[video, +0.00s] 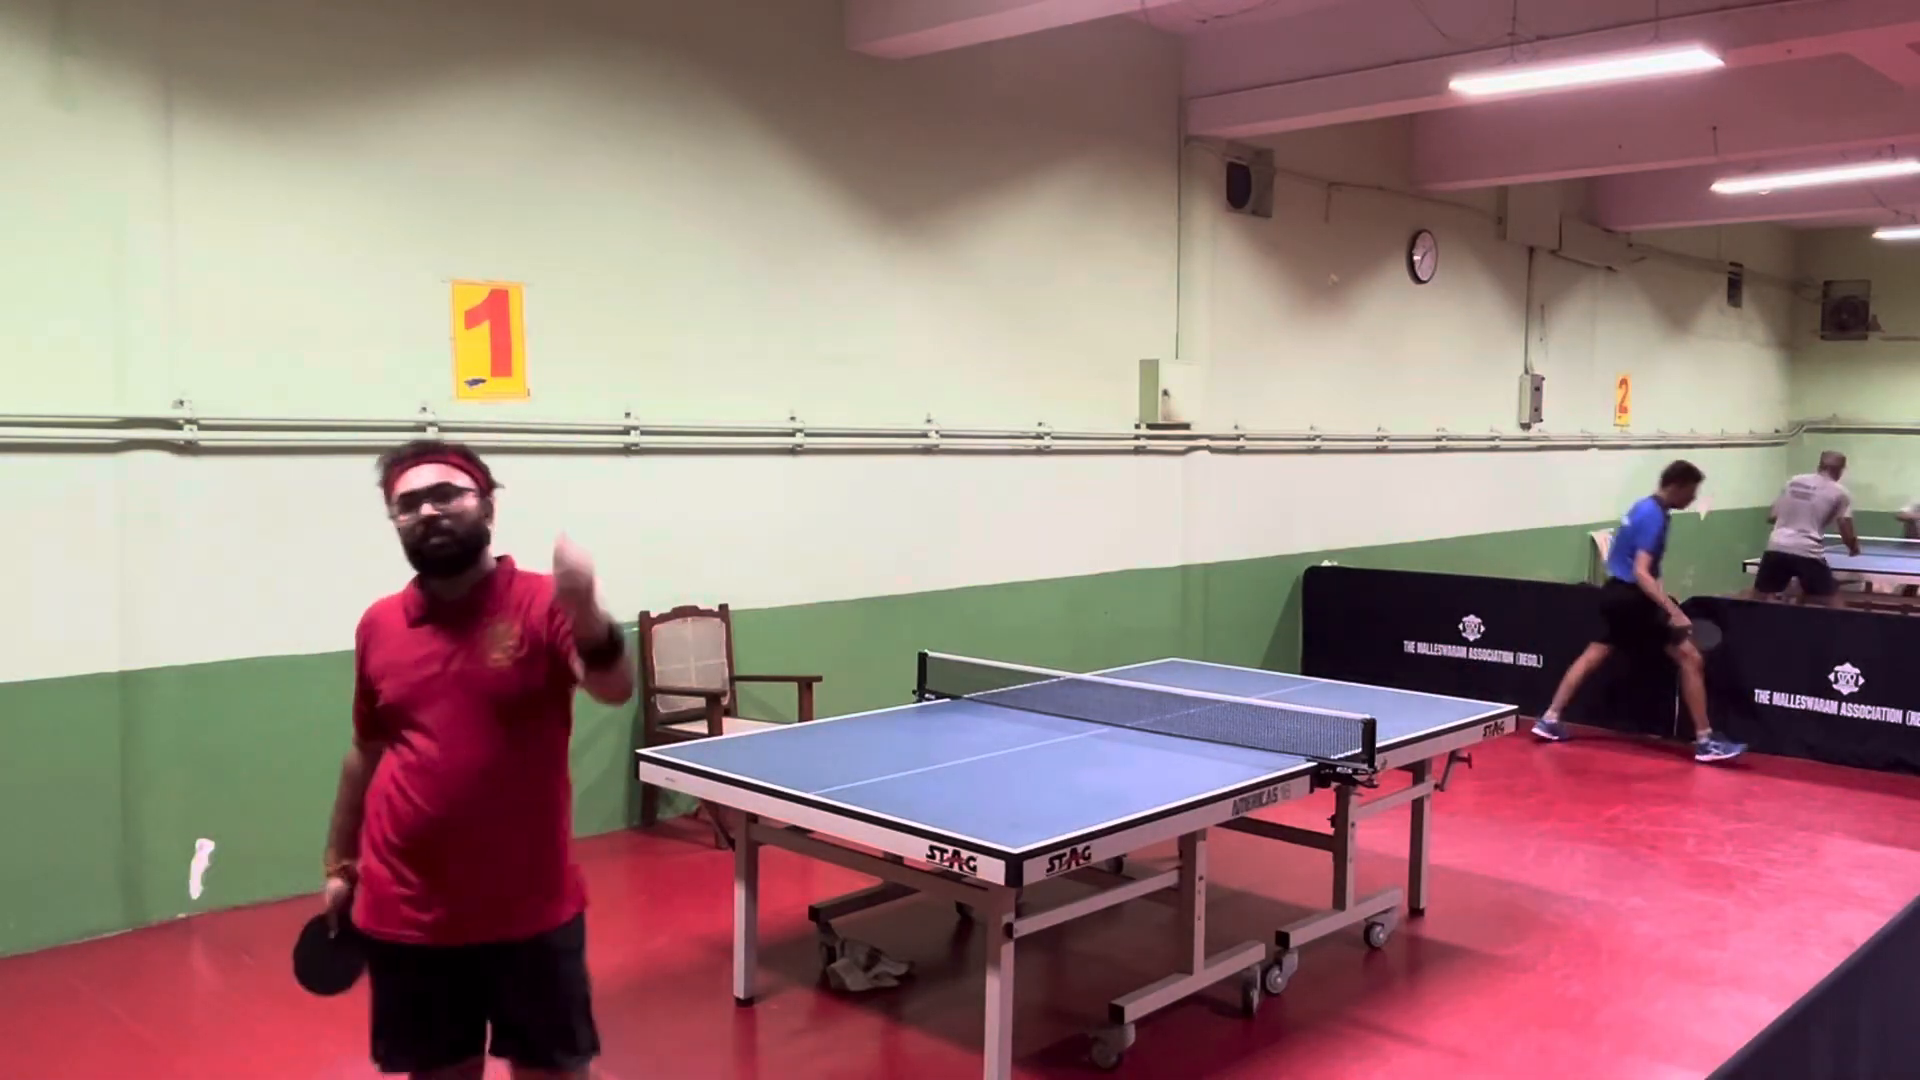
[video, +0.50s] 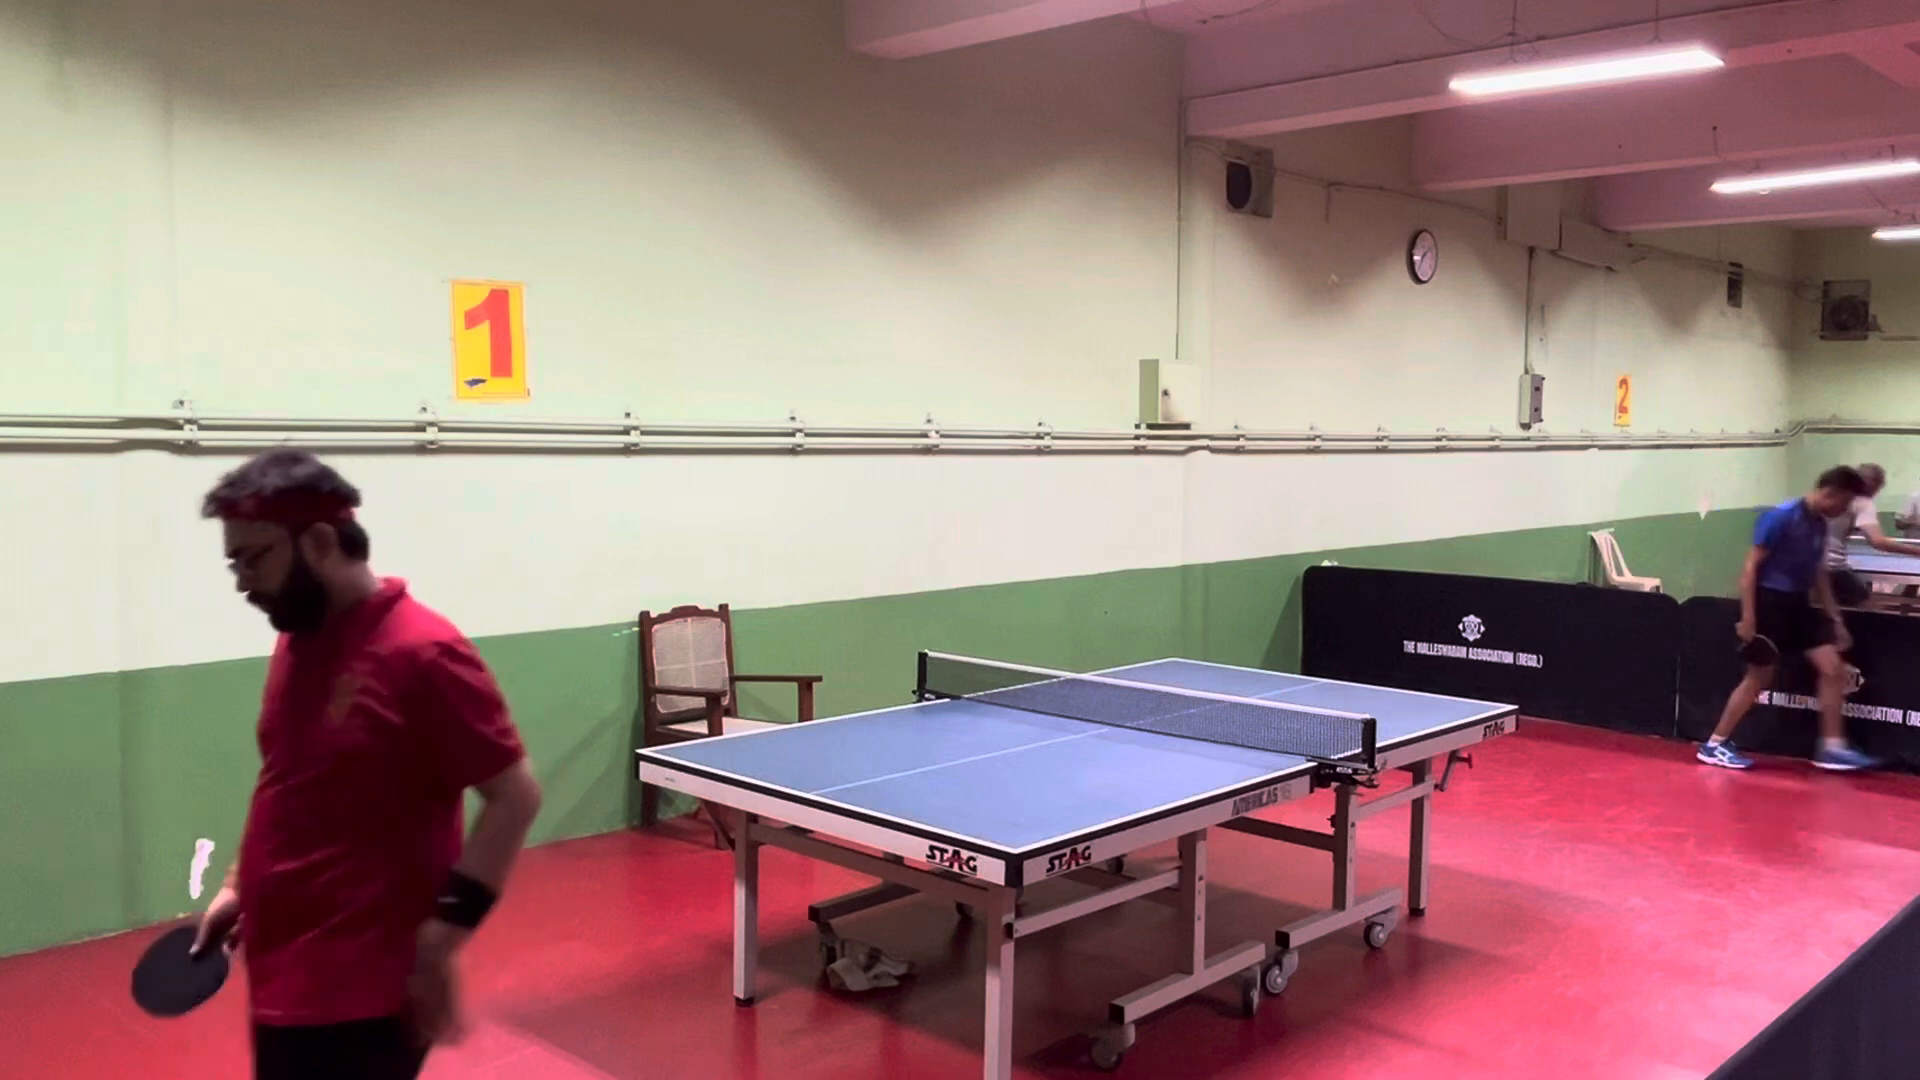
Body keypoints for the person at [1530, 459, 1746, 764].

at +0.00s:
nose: (1692, 499)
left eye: (1694, 492)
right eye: (1690, 492)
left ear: (1670, 486)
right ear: (1675, 487)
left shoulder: (1648, 508)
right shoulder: (1654, 515)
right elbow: (1642, 572)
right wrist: (1672, 610)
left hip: (1616, 593)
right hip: (1634, 597)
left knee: (1594, 654)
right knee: (1690, 659)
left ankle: (1550, 717)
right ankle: (1705, 740)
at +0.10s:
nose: (1728, 506)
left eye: (1730, 499)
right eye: (1727, 498)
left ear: (1705, 491)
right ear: (1711, 493)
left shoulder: (1683, 513)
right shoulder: (1686, 521)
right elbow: (1664, 579)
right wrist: (1691, 621)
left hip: (1646, 596)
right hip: (1661, 601)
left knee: (1631, 655)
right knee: (1713, 663)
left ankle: (1565, 709)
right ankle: (1712, 744)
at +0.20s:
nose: (1756, 505)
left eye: (1758, 499)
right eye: (1755, 498)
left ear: (1735, 490)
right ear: (1739, 492)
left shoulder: (1720, 517)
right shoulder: (1709, 520)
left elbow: (1706, 572)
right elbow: (1687, 575)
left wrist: (1719, 610)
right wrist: (1705, 622)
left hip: (1690, 593)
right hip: (1691, 595)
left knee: (1688, 658)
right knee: (1730, 665)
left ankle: (1611, 699)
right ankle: (1714, 743)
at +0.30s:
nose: (1782, 501)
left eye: (1786, 495)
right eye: (1782, 494)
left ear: (1764, 486)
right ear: (1765, 484)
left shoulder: (1749, 515)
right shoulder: (1727, 514)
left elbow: (1743, 571)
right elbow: (1708, 570)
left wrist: (1754, 612)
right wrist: (1717, 618)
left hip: (1733, 596)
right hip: (1715, 595)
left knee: (1730, 663)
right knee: (1736, 665)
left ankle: (1670, 709)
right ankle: (1714, 743)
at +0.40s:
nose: (1810, 501)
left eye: (1814, 496)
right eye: (1810, 494)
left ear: (1797, 486)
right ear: (1794, 483)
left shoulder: (1784, 516)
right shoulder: (1750, 512)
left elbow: (1781, 568)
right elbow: (1727, 567)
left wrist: (1793, 611)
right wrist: (1730, 615)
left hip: (1768, 598)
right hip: (1741, 598)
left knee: (1788, 662)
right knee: (1745, 675)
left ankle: (1747, 726)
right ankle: (1714, 742)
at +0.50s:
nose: (1840, 510)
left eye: (1844, 505)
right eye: (1839, 502)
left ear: (1835, 499)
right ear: (1825, 491)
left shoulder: (1818, 525)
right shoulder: (1780, 517)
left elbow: (1820, 578)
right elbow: (1749, 567)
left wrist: (1836, 623)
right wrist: (1747, 619)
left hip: (1798, 607)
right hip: (1768, 604)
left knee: (1831, 667)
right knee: (1758, 676)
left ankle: (1832, 747)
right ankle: (1715, 743)